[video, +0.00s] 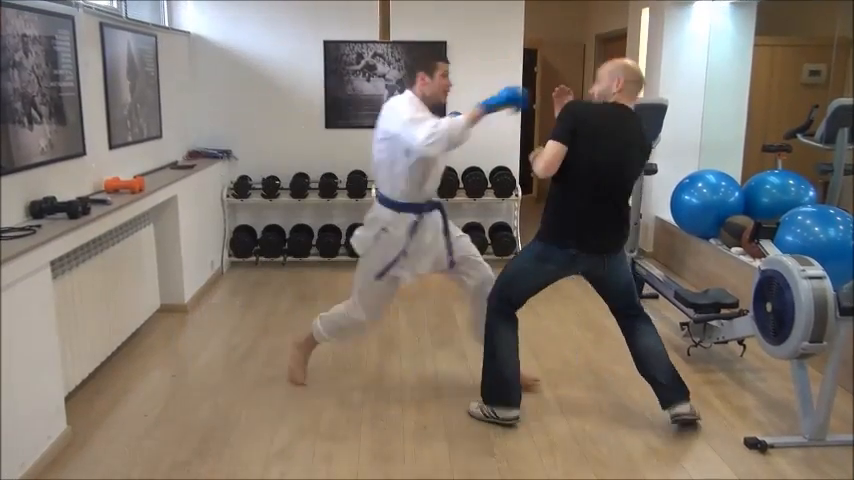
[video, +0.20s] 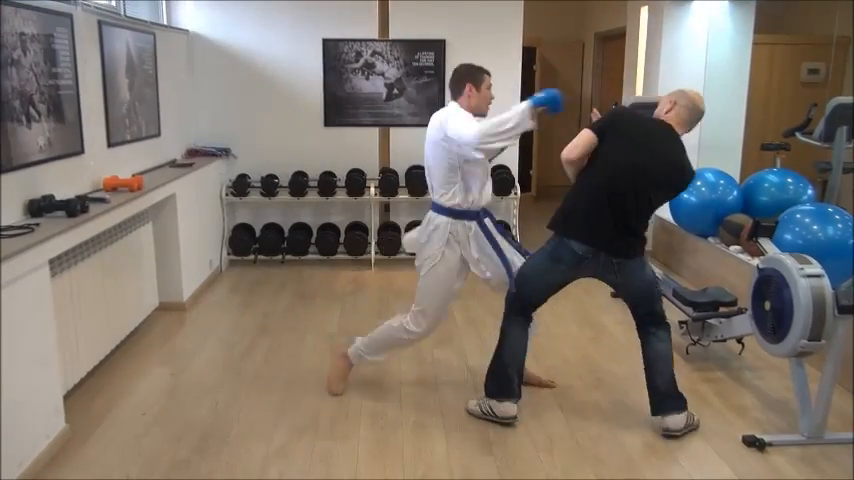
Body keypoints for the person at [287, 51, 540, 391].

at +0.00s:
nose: (449, 85)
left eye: (449, 77)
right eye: (444, 77)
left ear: (426, 81)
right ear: (422, 80)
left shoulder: (428, 114)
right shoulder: (399, 110)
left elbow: (446, 139)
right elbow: (429, 140)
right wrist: (483, 110)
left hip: (430, 220)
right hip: (392, 223)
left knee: (483, 282)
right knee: (364, 311)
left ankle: (504, 367)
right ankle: (306, 343)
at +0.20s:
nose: (492, 96)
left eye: (491, 90)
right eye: (488, 90)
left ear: (468, 91)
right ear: (469, 90)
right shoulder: (447, 119)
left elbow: (489, 145)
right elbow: (476, 138)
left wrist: (529, 120)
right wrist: (530, 106)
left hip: (478, 226)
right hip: (445, 229)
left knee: (527, 284)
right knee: (422, 322)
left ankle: (514, 368)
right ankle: (349, 356)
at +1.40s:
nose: (360, 52)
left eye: (364, 46)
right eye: (353, 46)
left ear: (367, 50)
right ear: (335, 48)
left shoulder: (379, 84)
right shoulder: (313, 83)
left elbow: (398, 122)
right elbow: (298, 128)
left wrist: (399, 138)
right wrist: (329, 98)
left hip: (372, 178)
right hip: (329, 179)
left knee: (391, 256)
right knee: (310, 252)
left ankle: (405, 335)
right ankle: (304, 314)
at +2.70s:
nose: (349, 87)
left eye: (351, 81)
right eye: (345, 80)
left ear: (341, 81)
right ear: (327, 77)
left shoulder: (349, 114)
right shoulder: (296, 107)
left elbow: (359, 158)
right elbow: (304, 157)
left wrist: (377, 164)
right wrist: (331, 121)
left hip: (348, 194)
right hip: (308, 197)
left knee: (392, 250)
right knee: (280, 269)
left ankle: (413, 317)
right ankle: (256, 325)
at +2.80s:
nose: (339, 87)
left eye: (341, 82)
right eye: (335, 81)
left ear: (335, 83)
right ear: (315, 78)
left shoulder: (339, 113)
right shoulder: (285, 110)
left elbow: (348, 157)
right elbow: (296, 161)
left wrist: (365, 162)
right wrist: (318, 123)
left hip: (339, 195)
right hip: (300, 198)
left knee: (387, 251)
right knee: (274, 270)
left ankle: (409, 319)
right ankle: (255, 326)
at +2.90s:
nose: (335, 87)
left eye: (336, 82)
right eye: (330, 81)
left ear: (335, 83)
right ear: (309, 79)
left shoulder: (337, 114)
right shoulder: (281, 113)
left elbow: (349, 159)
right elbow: (287, 164)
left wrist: (363, 172)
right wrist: (313, 130)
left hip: (340, 198)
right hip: (298, 200)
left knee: (385, 254)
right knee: (274, 273)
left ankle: (405, 320)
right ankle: (256, 327)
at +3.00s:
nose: (334, 88)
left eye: (336, 83)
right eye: (329, 82)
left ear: (335, 85)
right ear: (309, 81)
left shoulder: (339, 117)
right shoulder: (281, 114)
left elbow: (351, 163)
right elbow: (284, 164)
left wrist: (364, 165)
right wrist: (314, 133)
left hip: (338, 197)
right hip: (297, 201)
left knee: (383, 255)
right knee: (275, 276)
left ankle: (405, 320)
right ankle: (257, 329)